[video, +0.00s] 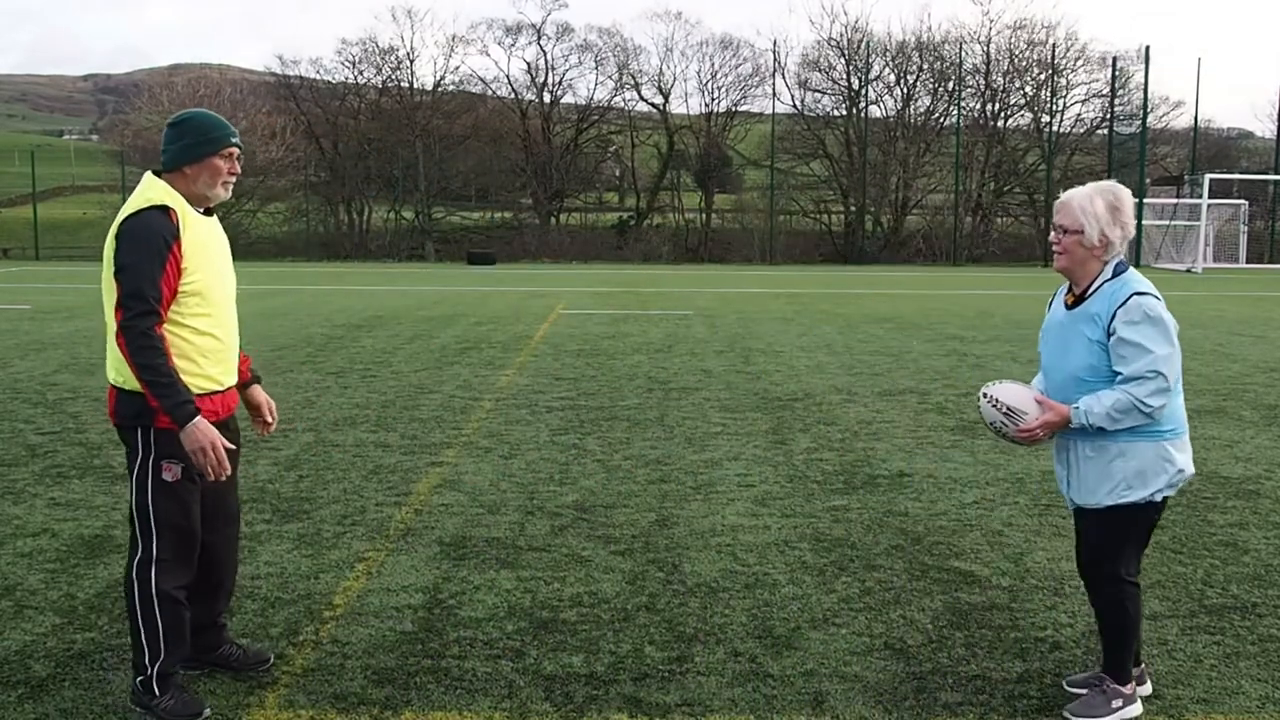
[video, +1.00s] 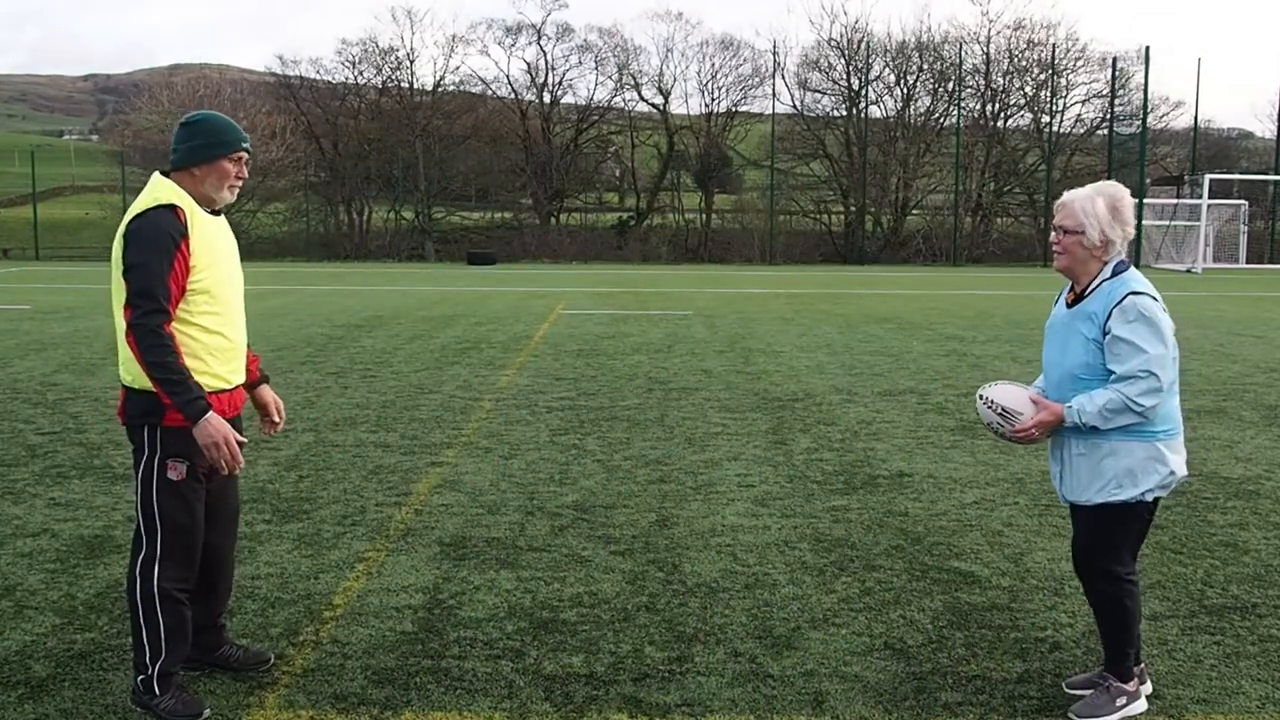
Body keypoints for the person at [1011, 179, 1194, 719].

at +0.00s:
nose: (1052, 238)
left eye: (1064, 230)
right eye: (1053, 228)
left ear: (1100, 239)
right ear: (1063, 234)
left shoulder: (1136, 305)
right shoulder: (1065, 298)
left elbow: (1152, 392)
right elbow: (1056, 372)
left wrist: (1071, 414)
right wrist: (1030, 407)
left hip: (1135, 464)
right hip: (1091, 460)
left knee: (1113, 570)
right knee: (1095, 568)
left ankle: (1122, 684)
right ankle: (1122, 667)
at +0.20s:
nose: (1058, 246)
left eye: (1070, 236)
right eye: (1057, 235)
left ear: (1107, 241)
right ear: (1062, 239)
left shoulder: (1144, 304)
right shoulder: (1072, 299)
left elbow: (1159, 393)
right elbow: (1066, 374)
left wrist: (1078, 414)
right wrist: (1037, 406)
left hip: (1140, 463)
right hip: (1096, 459)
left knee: (1118, 569)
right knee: (1101, 566)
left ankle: (1128, 681)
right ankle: (1121, 668)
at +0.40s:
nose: (1058, 247)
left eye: (1069, 237)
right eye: (1057, 236)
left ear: (1107, 241)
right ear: (1063, 240)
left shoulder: (1144, 304)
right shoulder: (1073, 299)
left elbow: (1159, 392)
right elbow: (1066, 373)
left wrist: (1079, 413)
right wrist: (1037, 407)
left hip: (1141, 461)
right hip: (1097, 458)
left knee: (1114, 565)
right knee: (1100, 562)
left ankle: (1128, 680)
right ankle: (1121, 667)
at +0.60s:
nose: (1060, 241)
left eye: (1072, 232)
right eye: (1059, 230)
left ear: (1108, 240)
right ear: (1062, 233)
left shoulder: (1140, 303)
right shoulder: (1075, 297)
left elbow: (1154, 392)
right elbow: (1067, 372)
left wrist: (1074, 412)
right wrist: (1037, 404)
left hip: (1136, 462)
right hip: (1095, 457)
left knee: (1113, 566)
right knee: (1097, 562)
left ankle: (1127, 681)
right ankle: (1119, 667)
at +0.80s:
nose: (1057, 240)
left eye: (1069, 232)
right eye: (1057, 230)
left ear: (1105, 240)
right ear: (1061, 233)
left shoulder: (1136, 304)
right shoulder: (1072, 297)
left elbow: (1149, 392)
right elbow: (1065, 373)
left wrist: (1070, 412)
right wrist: (1033, 406)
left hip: (1129, 463)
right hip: (1092, 459)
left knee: (1108, 564)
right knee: (1095, 561)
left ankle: (1127, 680)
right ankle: (1119, 666)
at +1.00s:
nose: (1055, 240)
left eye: (1066, 232)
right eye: (1054, 230)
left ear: (1102, 239)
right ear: (1058, 233)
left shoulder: (1132, 304)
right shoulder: (1071, 298)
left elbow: (1143, 392)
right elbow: (1063, 375)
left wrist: (1066, 413)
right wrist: (1029, 404)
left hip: (1128, 463)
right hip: (1091, 459)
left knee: (1107, 565)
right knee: (1094, 562)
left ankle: (1128, 681)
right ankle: (1119, 666)